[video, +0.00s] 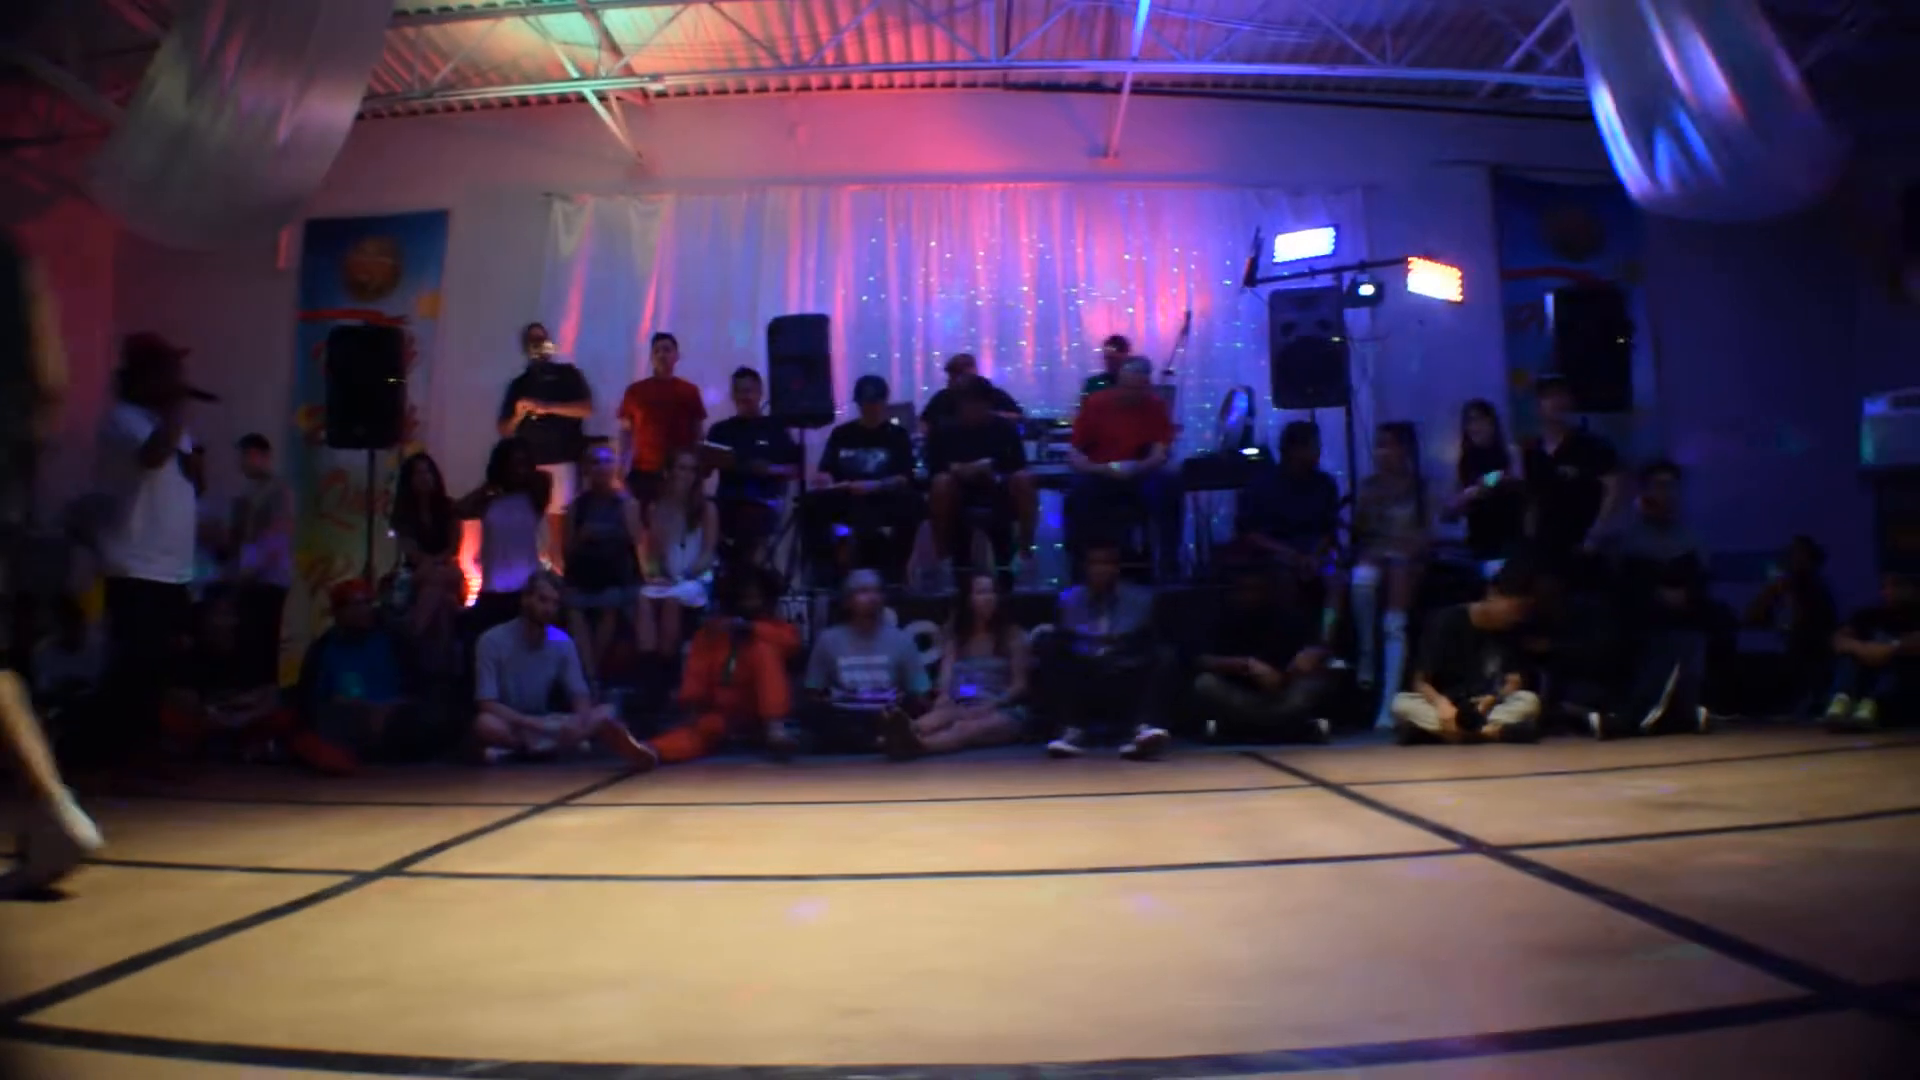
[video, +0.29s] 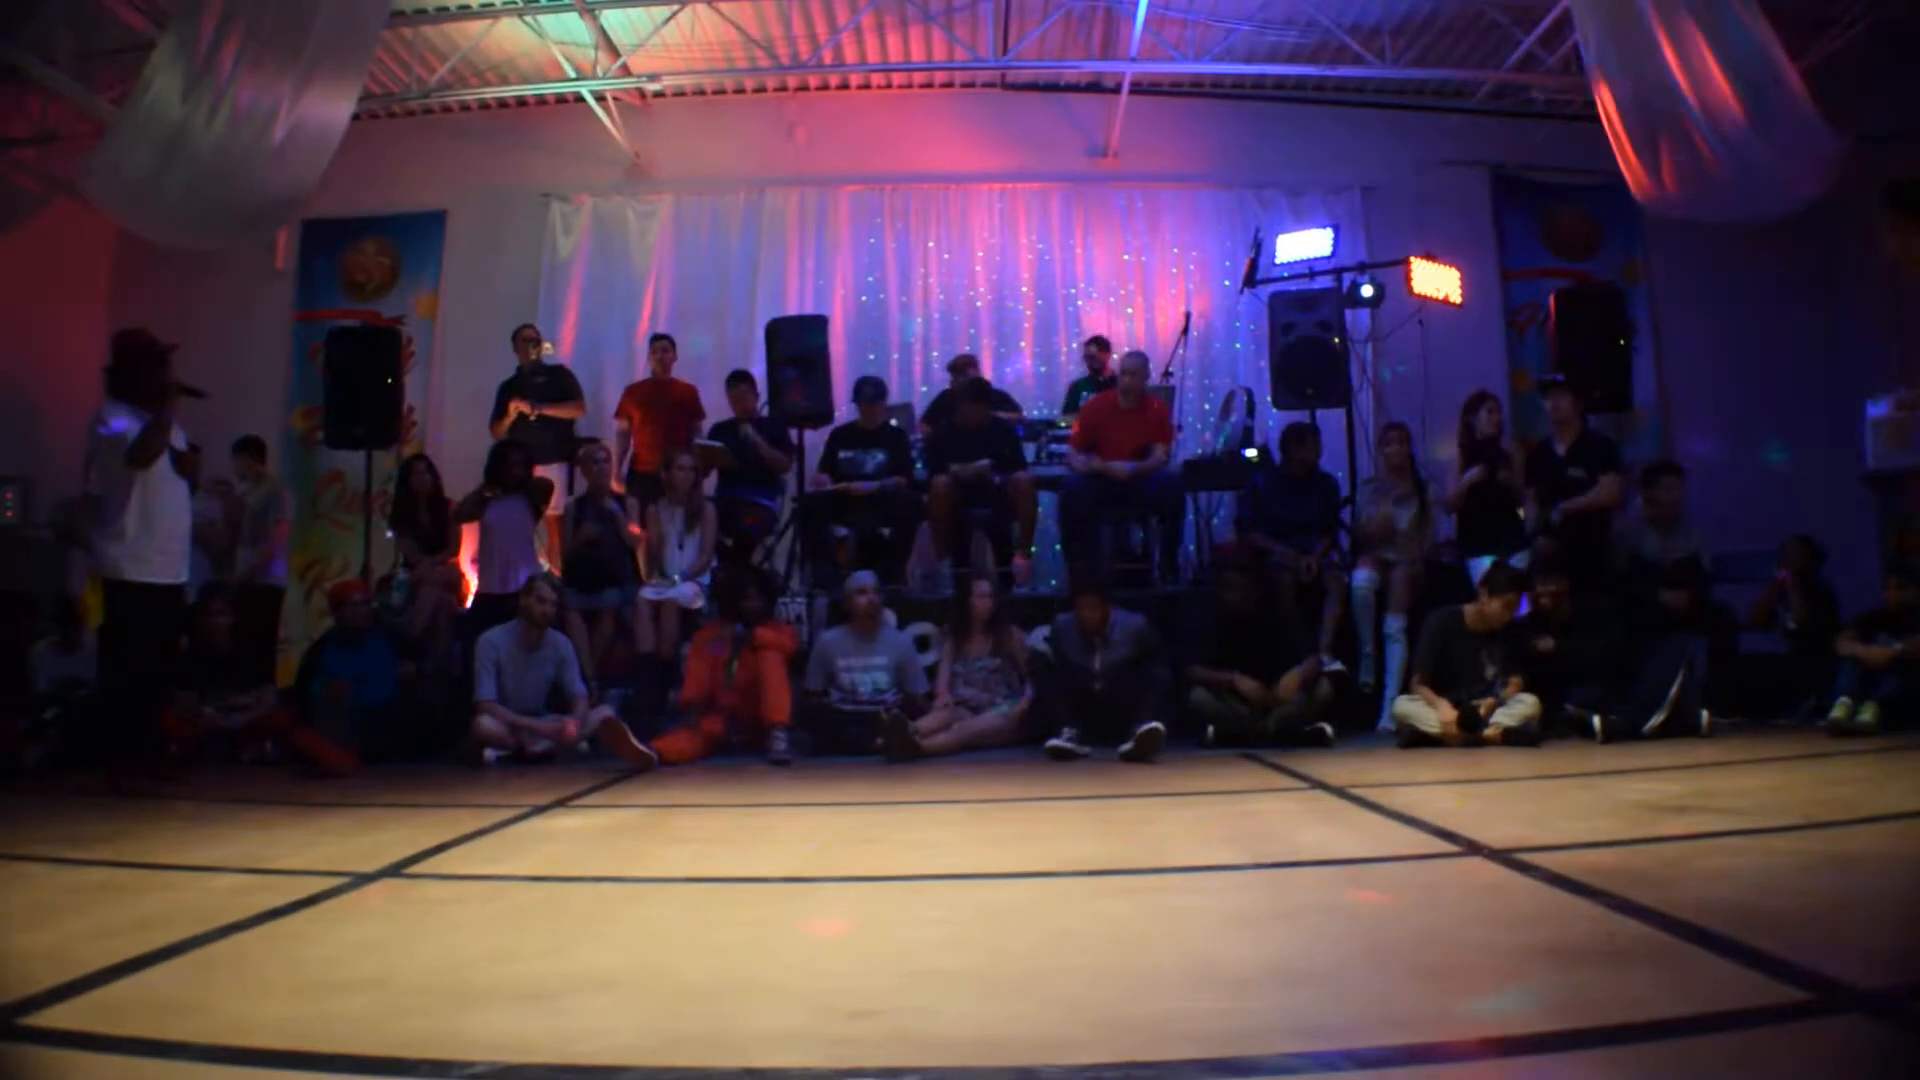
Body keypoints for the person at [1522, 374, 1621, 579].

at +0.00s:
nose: (1554, 414)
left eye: (1560, 407)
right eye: (1549, 407)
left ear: (1570, 408)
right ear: (1540, 410)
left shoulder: (1591, 447)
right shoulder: (1533, 451)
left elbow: (1613, 489)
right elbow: (1531, 497)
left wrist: (1595, 537)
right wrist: (1529, 534)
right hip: (1543, 540)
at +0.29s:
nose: (1554, 404)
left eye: (1561, 397)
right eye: (1550, 398)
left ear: (1576, 402)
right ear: (1544, 405)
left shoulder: (1600, 446)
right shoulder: (1539, 452)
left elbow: (1609, 491)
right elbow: (1532, 499)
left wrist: (1565, 508)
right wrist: (1532, 535)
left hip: (1593, 539)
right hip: (1551, 542)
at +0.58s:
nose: (1547, 411)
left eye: (1555, 403)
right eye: (1544, 404)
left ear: (1572, 408)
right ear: (1540, 410)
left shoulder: (1591, 445)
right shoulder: (1535, 452)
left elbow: (1576, 477)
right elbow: (1519, 495)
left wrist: (1538, 486)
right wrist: (1564, 492)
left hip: (1585, 546)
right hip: (1545, 549)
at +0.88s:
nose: (1555, 409)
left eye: (1561, 403)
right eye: (1556, 404)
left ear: (1579, 407)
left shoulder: (1605, 442)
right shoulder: (1554, 450)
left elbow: (1590, 471)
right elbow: (1540, 495)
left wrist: (1552, 484)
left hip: (1600, 543)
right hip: (1565, 544)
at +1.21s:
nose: (1556, 419)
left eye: (1558, 411)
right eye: (1556, 411)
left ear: (1568, 411)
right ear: (1577, 411)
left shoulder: (1597, 441)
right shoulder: (1573, 448)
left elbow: (1562, 488)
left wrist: (1546, 483)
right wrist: (1555, 490)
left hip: (1596, 550)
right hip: (1578, 548)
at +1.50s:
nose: (1550, 425)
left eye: (1551, 417)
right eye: (1550, 417)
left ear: (1560, 416)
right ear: (1578, 413)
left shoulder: (1584, 444)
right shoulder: (1594, 443)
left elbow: (1559, 484)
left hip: (1588, 547)